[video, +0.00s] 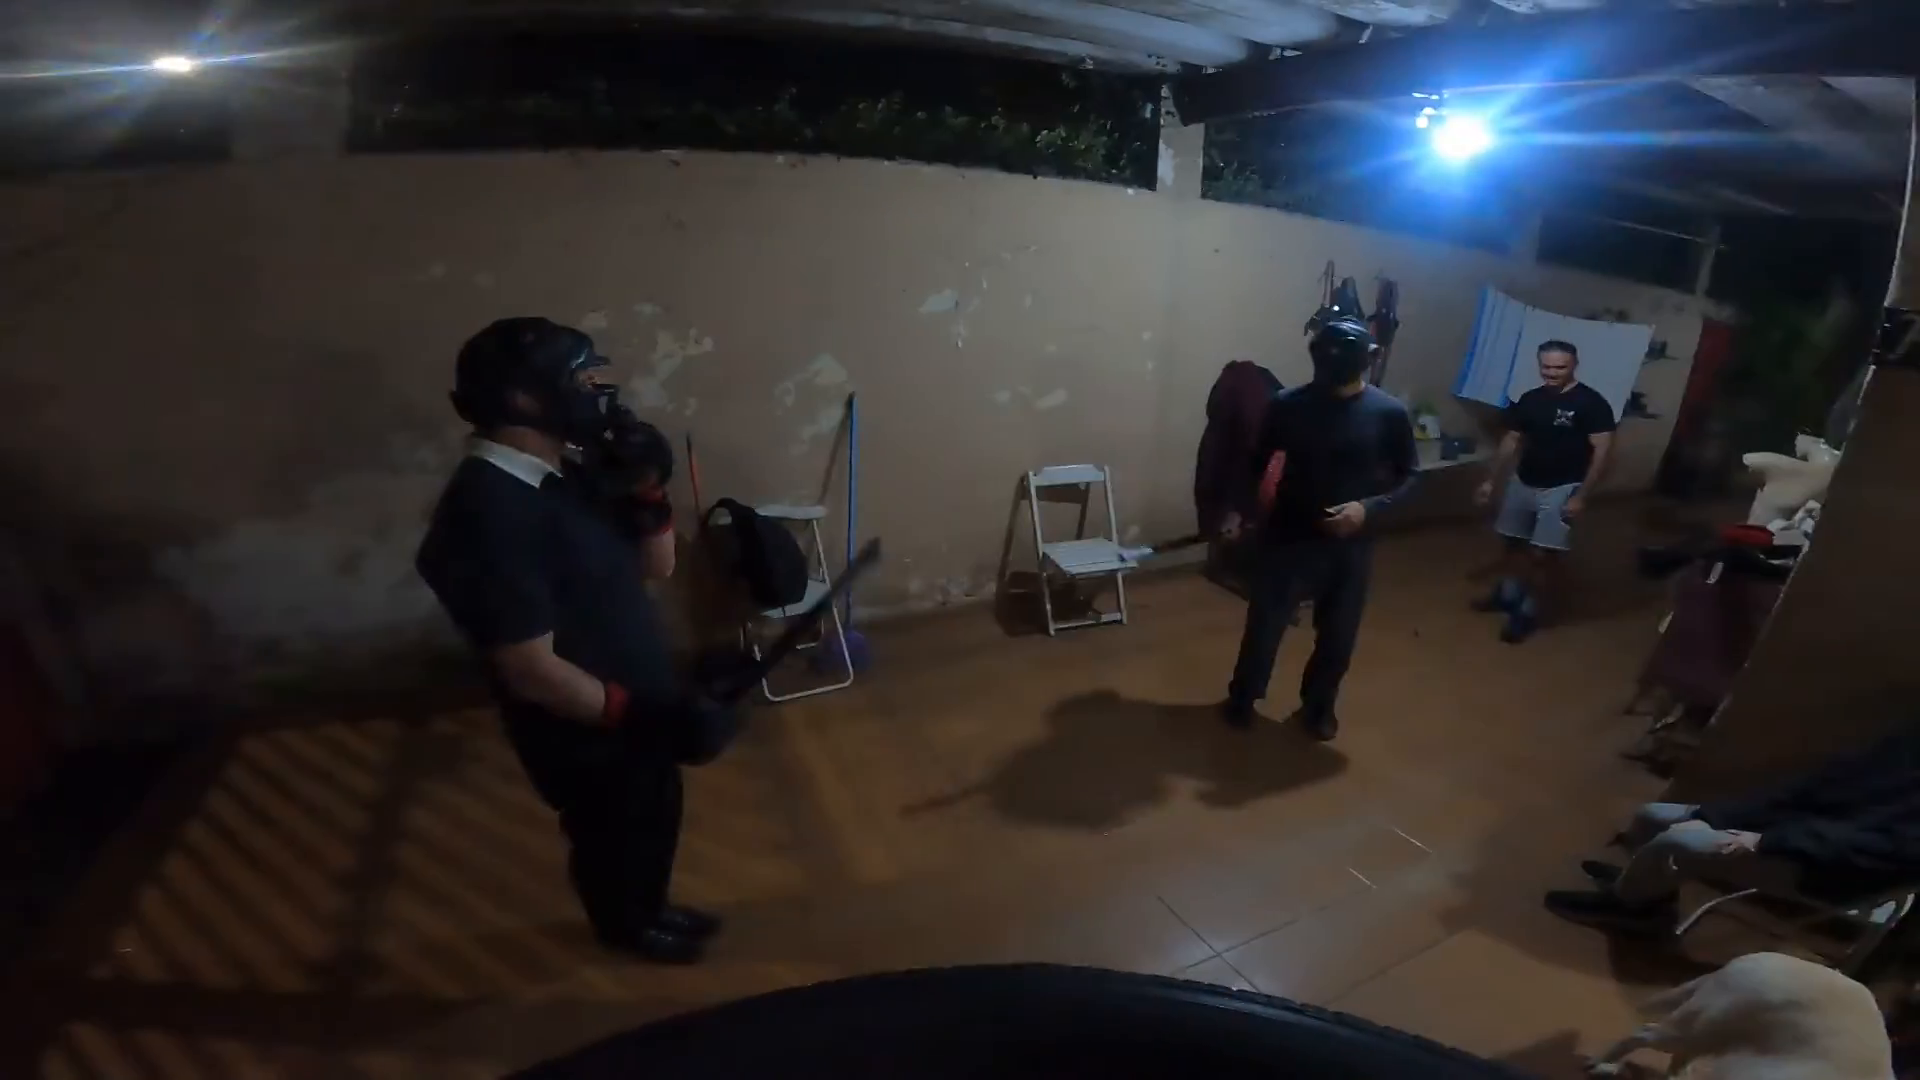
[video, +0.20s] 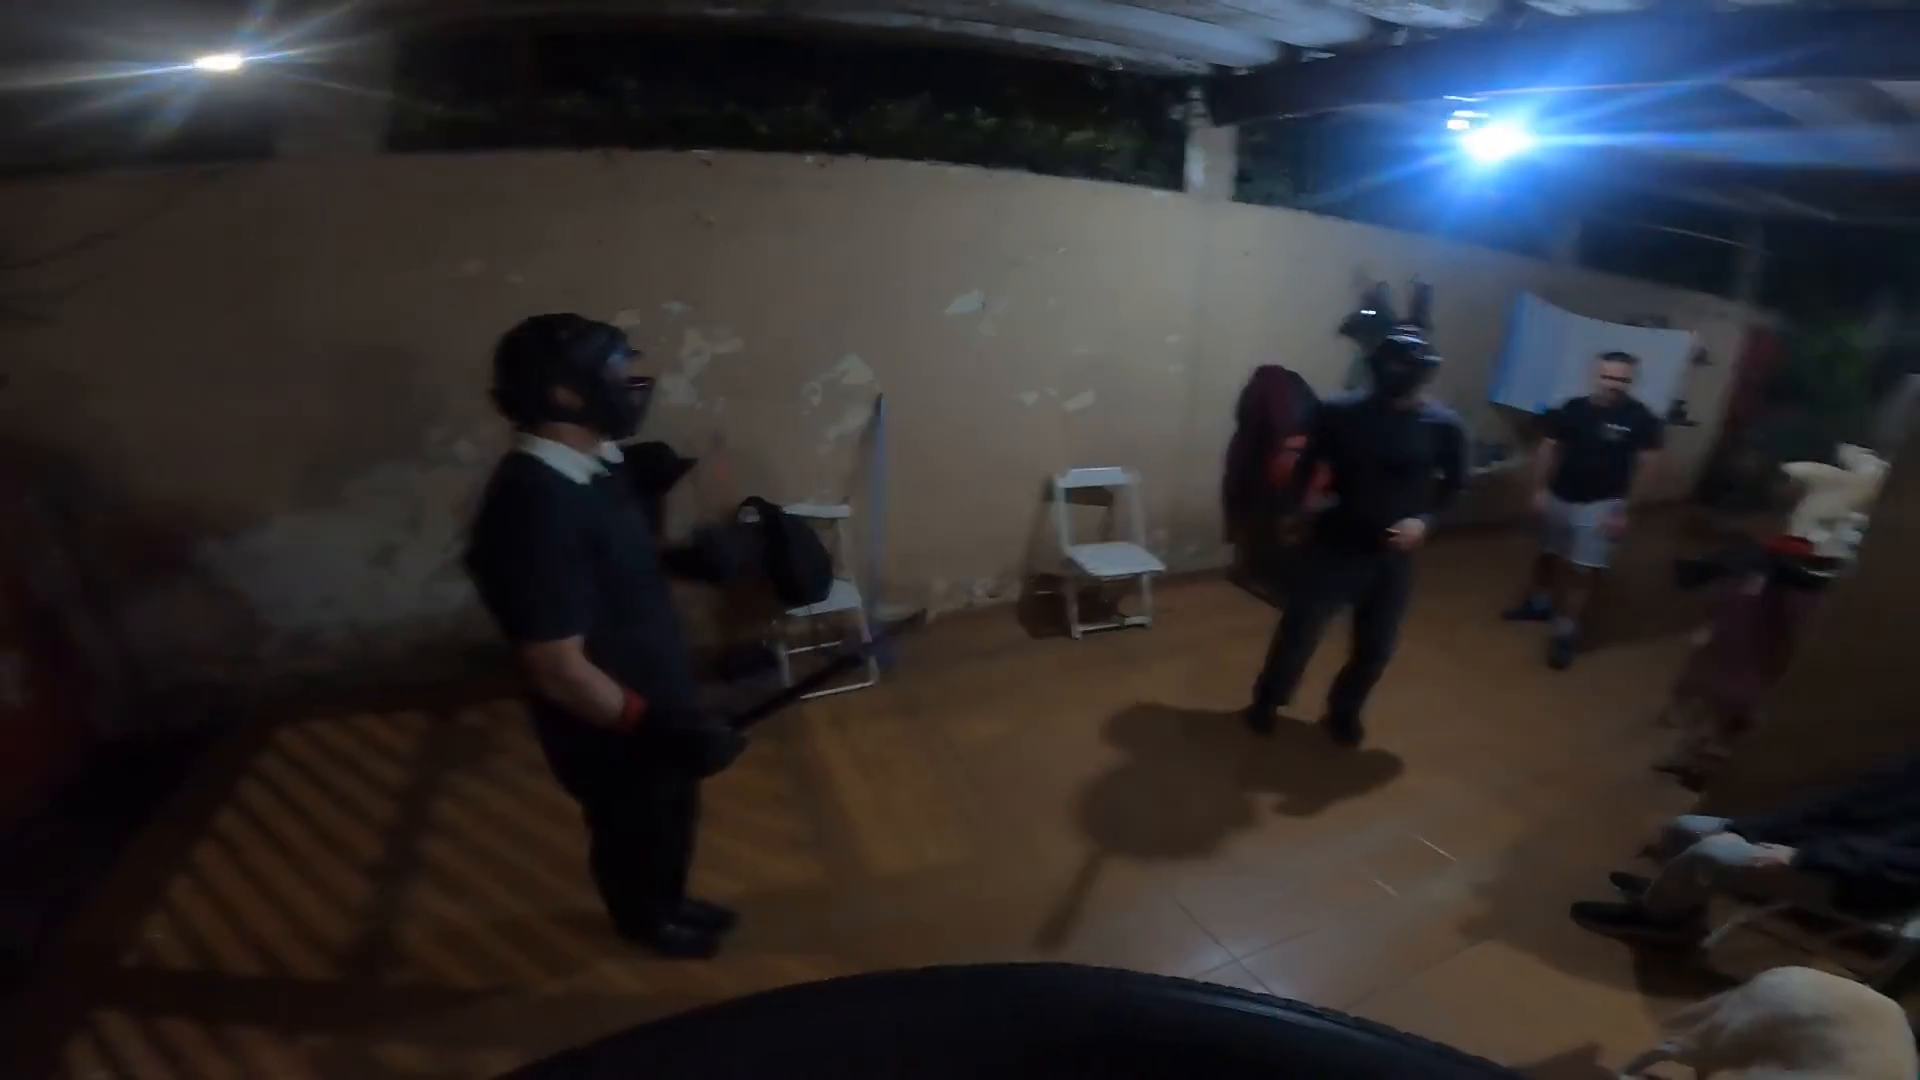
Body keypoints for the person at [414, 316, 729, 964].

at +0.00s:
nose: (594, 388)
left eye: (589, 373)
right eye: (573, 378)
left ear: (526, 403)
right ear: (523, 400)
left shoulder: (562, 477)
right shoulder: (482, 513)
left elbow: (655, 568)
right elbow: (528, 667)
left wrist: (646, 492)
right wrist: (642, 713)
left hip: (629, 696)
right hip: (572, 723)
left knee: (648, 814)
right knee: (610, 830)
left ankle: (648, 907)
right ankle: (623, 926)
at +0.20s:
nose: (637, 376)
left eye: (629, 360)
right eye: (614, 367)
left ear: (568, 397)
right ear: (565, 395)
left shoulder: (596, 471)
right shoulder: (526, 504)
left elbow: (623, 577)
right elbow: (555, 662)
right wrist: (650, 722)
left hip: (650, 695)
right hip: (600, 721)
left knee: (666, 817)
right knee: (632, 828)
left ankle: (668, 901)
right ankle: (643, 921)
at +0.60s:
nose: (703, 393)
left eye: (699, 378)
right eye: (687, 381)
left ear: (643, 401)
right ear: (644, 400)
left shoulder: (648, 468)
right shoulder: (609, 499)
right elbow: (638, 652)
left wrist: (705, 518)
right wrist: (745, 682)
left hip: (677, 683)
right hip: (649, 702)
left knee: (707, 785)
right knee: (707, 810)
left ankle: (703, 861)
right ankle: (672, 909)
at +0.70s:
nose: (736, 398)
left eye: (733, 382)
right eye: (720, 386)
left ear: (676, 407)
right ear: (678, 406)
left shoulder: (669, 473)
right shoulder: (639, 498)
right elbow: (673, 654)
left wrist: (731, 521)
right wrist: (788, 669)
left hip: (689, 672)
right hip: (661, 688)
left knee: (719, 782)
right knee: (776, 794)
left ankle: (706, 892)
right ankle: (709, 902)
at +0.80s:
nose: (753, 400)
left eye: (750, 385)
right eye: (738, 389)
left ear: (692, 408)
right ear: (697, 407)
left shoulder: (663, 470)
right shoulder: (662, 500)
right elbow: (689, 650)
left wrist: (748, 517)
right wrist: (793, 664)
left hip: (681, 670)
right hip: (679, 687)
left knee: (724, 765)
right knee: (798, 792)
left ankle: (709, 877)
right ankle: (755, 905)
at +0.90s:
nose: (787, 403)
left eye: (782, 389)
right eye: (771, 391)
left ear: (724, 411)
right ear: (730, 410)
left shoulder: (680, 473)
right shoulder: (701, 503)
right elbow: (718, 643)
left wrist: (784, 520)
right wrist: (808, 659)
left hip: (679, 668)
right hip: (704, 682)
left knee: (739, 752)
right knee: (819, 784)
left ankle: (723, 867)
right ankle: (837, 909)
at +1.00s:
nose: (823, 405)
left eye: (819, 392)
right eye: (809, 395)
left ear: (757, 414)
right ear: (770, 416)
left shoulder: (694, 472)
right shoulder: (742, 510)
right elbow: (765, 652)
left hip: (686, 660)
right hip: (730, 679)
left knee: (758, 745)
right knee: (834, 778)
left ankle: (732, 861)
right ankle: (890, 900)